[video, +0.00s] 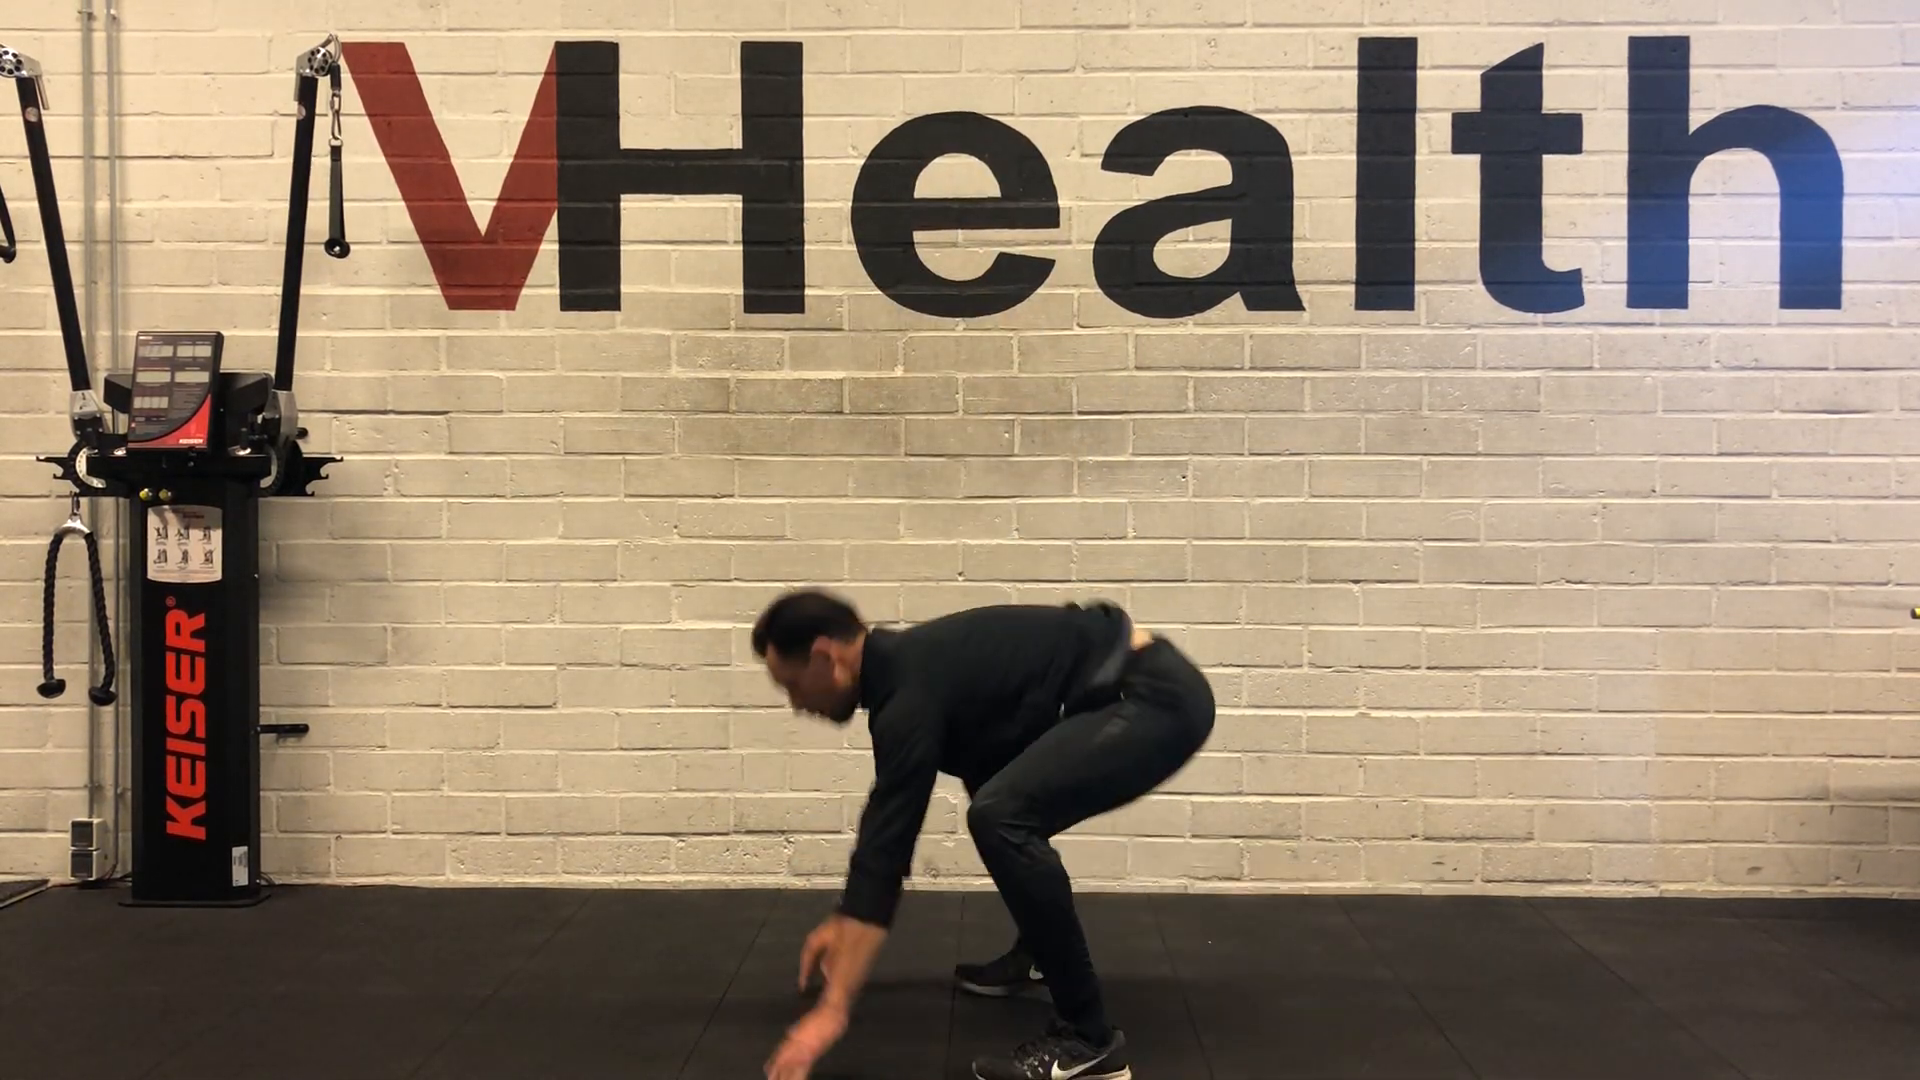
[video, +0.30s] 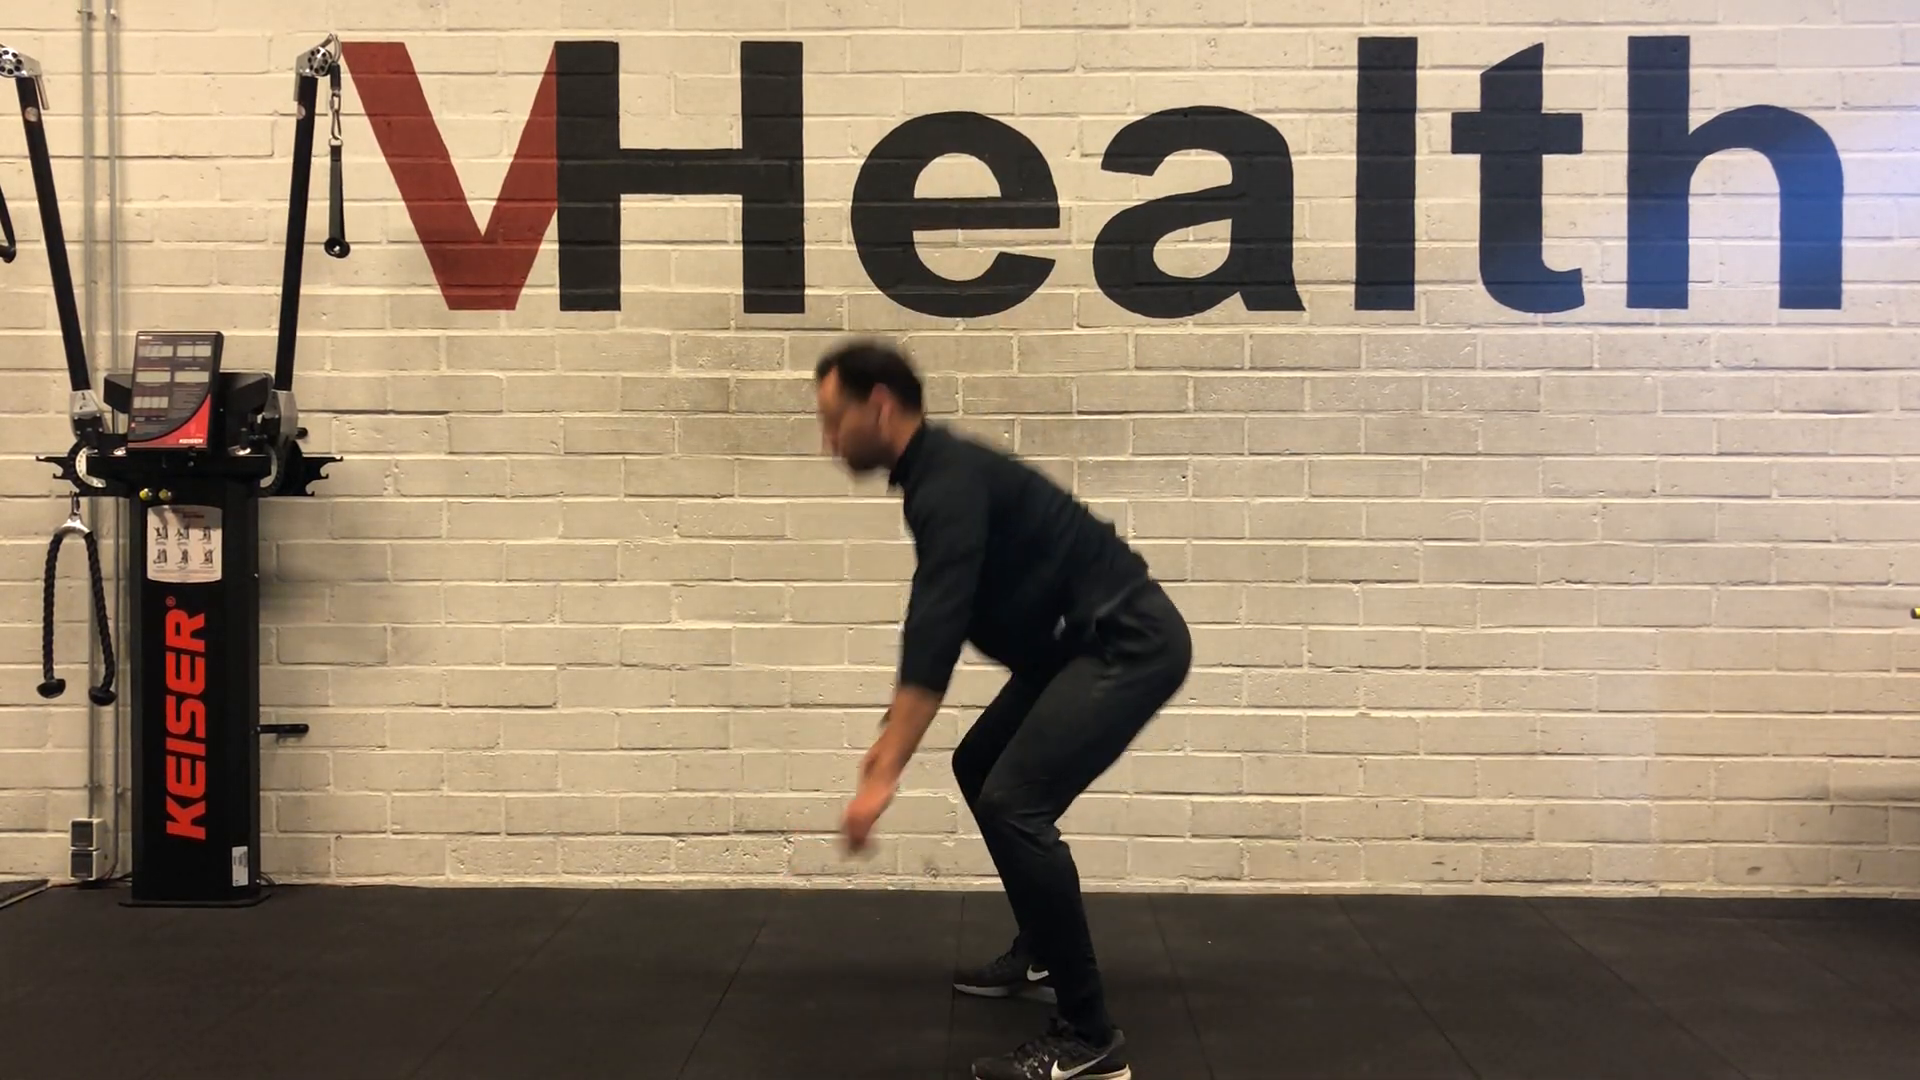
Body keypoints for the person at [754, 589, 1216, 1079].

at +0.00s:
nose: (793, 703)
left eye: (790, 685)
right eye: (784, 689)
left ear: (828, 655)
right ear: (832, 651)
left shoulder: (909, 697)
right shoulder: (898, 671)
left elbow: (884, 855)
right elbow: (885, 826)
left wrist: (832, 1010)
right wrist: (845, 919)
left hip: (1159, 699)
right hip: (1131, 680)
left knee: (1003, 817)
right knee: (992, 795)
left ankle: (1088, 1035)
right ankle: (1039, 949)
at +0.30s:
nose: (828, 438)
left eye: (834, 417)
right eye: (824, 421)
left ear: (883, 403)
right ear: (884, 407)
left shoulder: (950, 480)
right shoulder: (932, 476)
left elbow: (932, 645)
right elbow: (932, 632)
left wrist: (880, 779)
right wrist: (890, 738)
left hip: (1129, 643)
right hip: (1075, 644)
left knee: (1015, 803)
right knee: (977, 766)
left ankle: (1088, 1031)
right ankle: (1043, 950)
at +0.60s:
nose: (905, 245)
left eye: (917, 228)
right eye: (904, 229)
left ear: (970, 227)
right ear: (966, 229)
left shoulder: (1017, 323)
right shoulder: (985, 321)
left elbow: (1072, 465)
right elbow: (1029, 466)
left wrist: (1085, 602)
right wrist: (1010, 592)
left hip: (1046, 596)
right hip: (1019, 593)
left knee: (1049, 795)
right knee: (1017, 773)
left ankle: (1090, 1034)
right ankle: (1049, 947)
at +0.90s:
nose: (939, 233)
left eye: (950, 216)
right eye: (939, 218)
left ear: (1005, 220)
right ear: (997, 223)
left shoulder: (1043, 322)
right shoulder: (1013, 318)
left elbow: (1078, 472)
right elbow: (1029, 466)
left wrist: (1067, 610)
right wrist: (995, 592)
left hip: (1030, 600)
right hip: (1003, 594)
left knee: (1055, 800)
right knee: (1027, 784)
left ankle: (1092, 1030)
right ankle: (1049, 952)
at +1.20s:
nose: (874, 289)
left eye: (879, 269)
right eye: (869, 274)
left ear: (930, 254)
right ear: (926, 256)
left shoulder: (988, 343)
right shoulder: (963, 341)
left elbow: (1007, 502)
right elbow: (989, 496)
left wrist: (991, 635)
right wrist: (971, 610)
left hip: (1080, 583)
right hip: (1048, 580)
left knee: (1042, 785)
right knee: (1018, 767)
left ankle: (1090, 1031)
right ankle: (1047, 948)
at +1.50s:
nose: (798, 562)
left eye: (798, 543)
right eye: (790, 549)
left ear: (835, 514)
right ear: (841, 514)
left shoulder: (922, 574)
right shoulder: (910, 558)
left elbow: (918, 733)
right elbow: (915, 726)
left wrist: (889, 873)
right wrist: (889, 863)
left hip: (1140, 667)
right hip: (1091, 661)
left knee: (1003, 812)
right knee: (974, 769)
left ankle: (1088, 1034)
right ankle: (1045, 950)